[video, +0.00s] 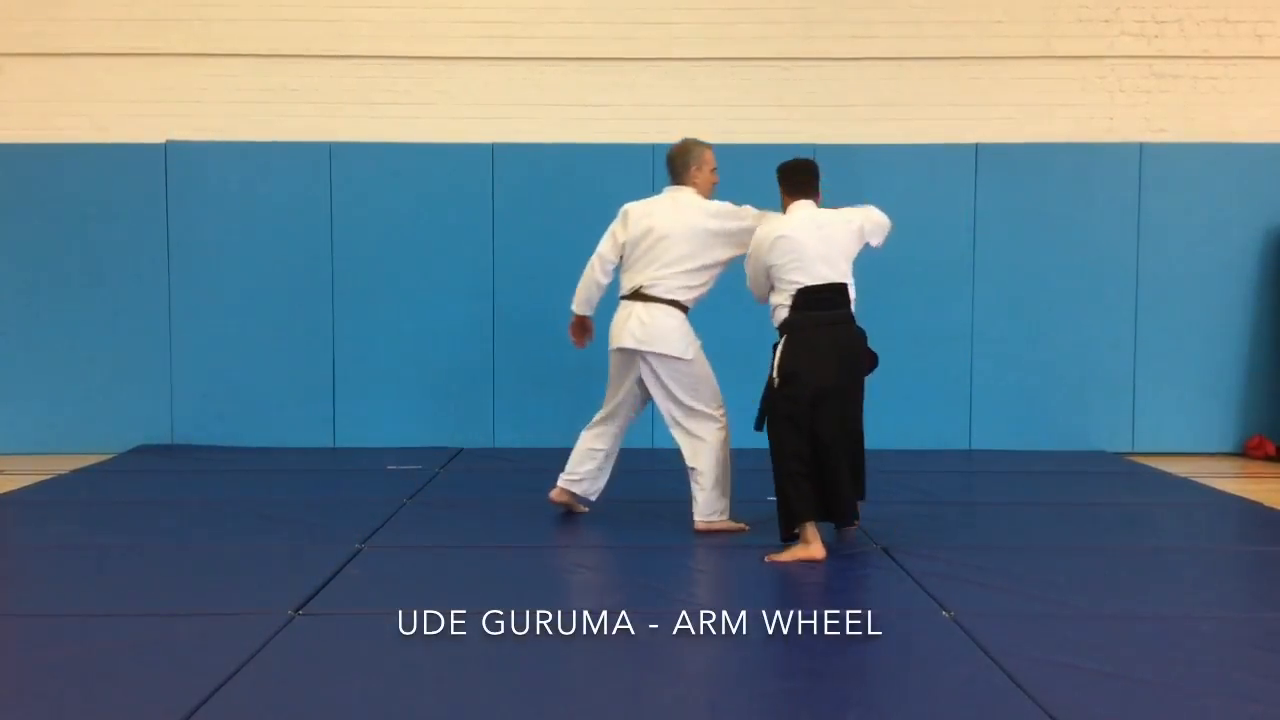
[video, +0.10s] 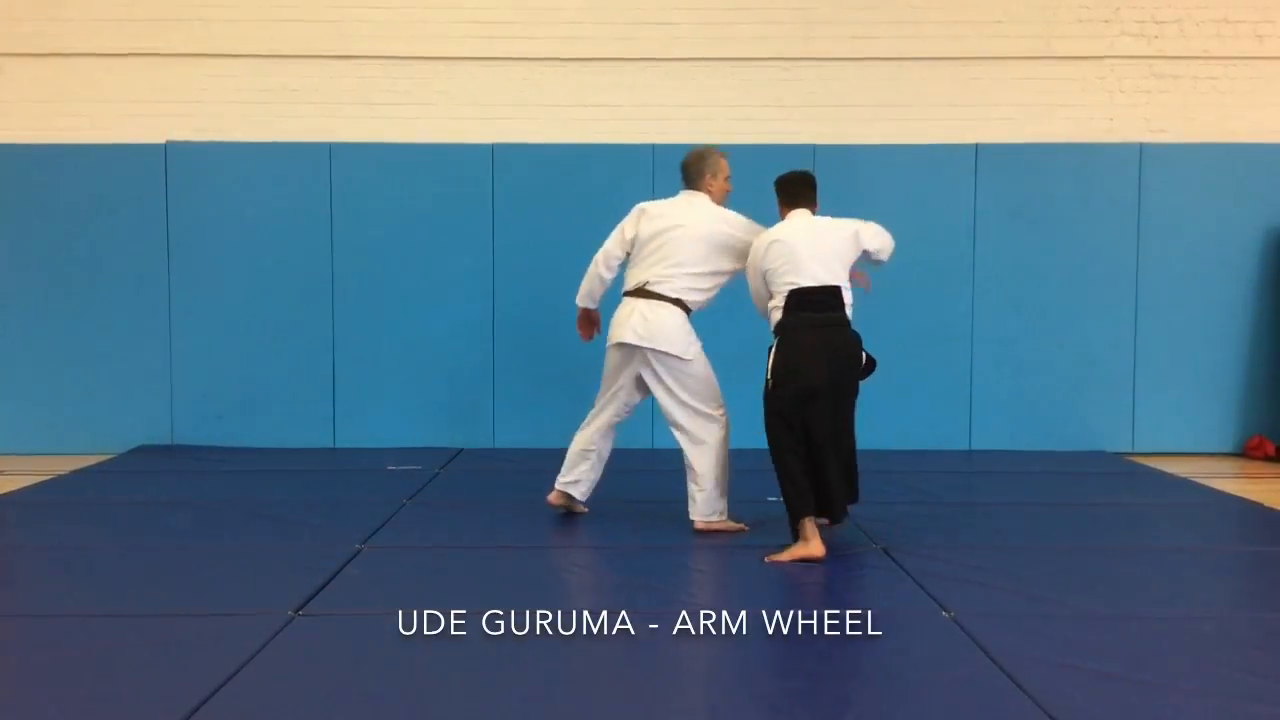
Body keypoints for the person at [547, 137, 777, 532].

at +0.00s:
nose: (716, 177)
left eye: (715, 170)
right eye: (711, 171)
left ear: (676, 174)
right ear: (694, 173)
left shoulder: (634, 210)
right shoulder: (716, 214)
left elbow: (601, 262)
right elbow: (777, 224)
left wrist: (581, 311)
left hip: (624, 325)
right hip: (668, 327)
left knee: (614, 411)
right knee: (707, 420)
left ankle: (570, 487)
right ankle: (710, 515)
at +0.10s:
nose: (730, 186)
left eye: (729, 179)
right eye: (726, 179)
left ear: (691, 181)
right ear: (710, 181)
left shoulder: (647, 211)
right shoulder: (731, 225)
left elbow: (607, 256)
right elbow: (781, 252)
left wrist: (586, 304)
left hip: (626, 321)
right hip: (669, 325)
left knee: (607, 410)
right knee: (708, 419)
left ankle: (566, 490)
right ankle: (708, 515)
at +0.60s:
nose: (725, 188)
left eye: (724, 182)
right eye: (723, 182)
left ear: (687, 184)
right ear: (711, 183)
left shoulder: (649, 216)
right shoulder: (720, 207)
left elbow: (628, 275)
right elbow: (754, 179)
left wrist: (645, 310)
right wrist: (773, 148)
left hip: (633, 316)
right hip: (677, 317)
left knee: (608, 411)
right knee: (712, 415)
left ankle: (573, 496)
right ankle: (710, 513)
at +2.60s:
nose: (516, 171)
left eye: (517, 166)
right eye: (508, 166)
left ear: (516, 172)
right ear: (486, 172)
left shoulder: (521, 217)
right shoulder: (463, 213)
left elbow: (542, 256)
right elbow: (449, 261)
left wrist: (570, 273)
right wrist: (494, 281)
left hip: (502, 317)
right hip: (468, 314)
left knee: (492, 397)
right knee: (464, 395)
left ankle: (461, 483)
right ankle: (437, 482)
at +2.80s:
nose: (489, 190)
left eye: (489, 184)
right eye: (481, 184)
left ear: (480, 190)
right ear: (459, 190)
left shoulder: (483, 236)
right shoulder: (440, 231)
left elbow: (518, 270)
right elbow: (457, 285)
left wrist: (552, 260)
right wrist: (493, 271)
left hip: (472, 335)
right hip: (441, 332)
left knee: (476, 411)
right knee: (416, 411)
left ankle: (454, 493)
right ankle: (355, 487)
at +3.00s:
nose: (460, 188)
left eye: (460, 181)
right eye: (453, 181)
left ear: (440, 188)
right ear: (430, 186)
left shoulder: (447, 233)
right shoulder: (411, 227)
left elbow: (474, 282)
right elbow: (429, 281)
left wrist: (508, 268)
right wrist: (460, 267)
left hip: (449, 328)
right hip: (419, 327)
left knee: (463, 405)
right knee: (392, 407)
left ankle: (455, 491)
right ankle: (350, 493)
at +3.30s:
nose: (434, 188)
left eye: (434, 181)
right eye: (428, 181)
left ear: (412, 185)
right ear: (404, 182)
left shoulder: (420, 228)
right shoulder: (382, 225)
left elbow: (450, 269)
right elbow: (404, 278)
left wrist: (489, 257)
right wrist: (434, 258)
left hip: (433, 326)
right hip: (401, 326)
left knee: (446, 404)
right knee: (378, 408)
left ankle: (449, 490)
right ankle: (348, 494)